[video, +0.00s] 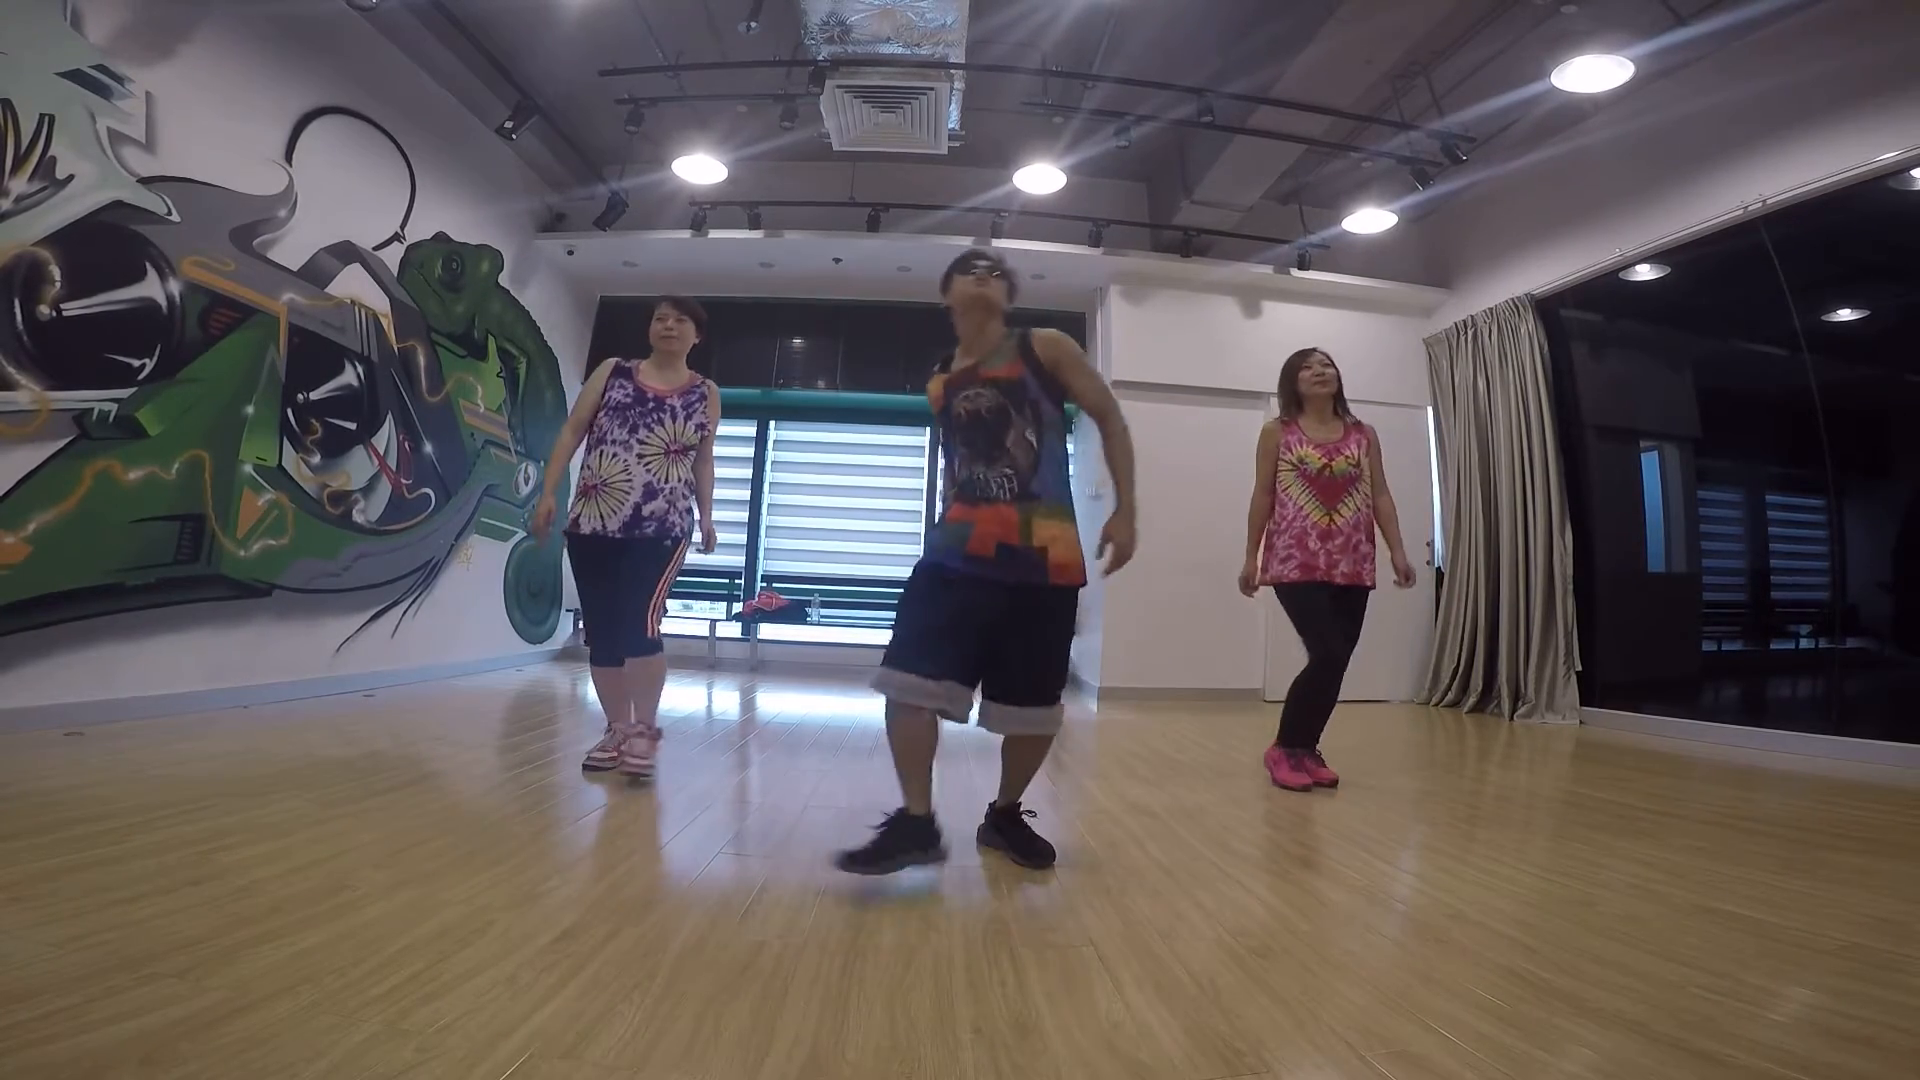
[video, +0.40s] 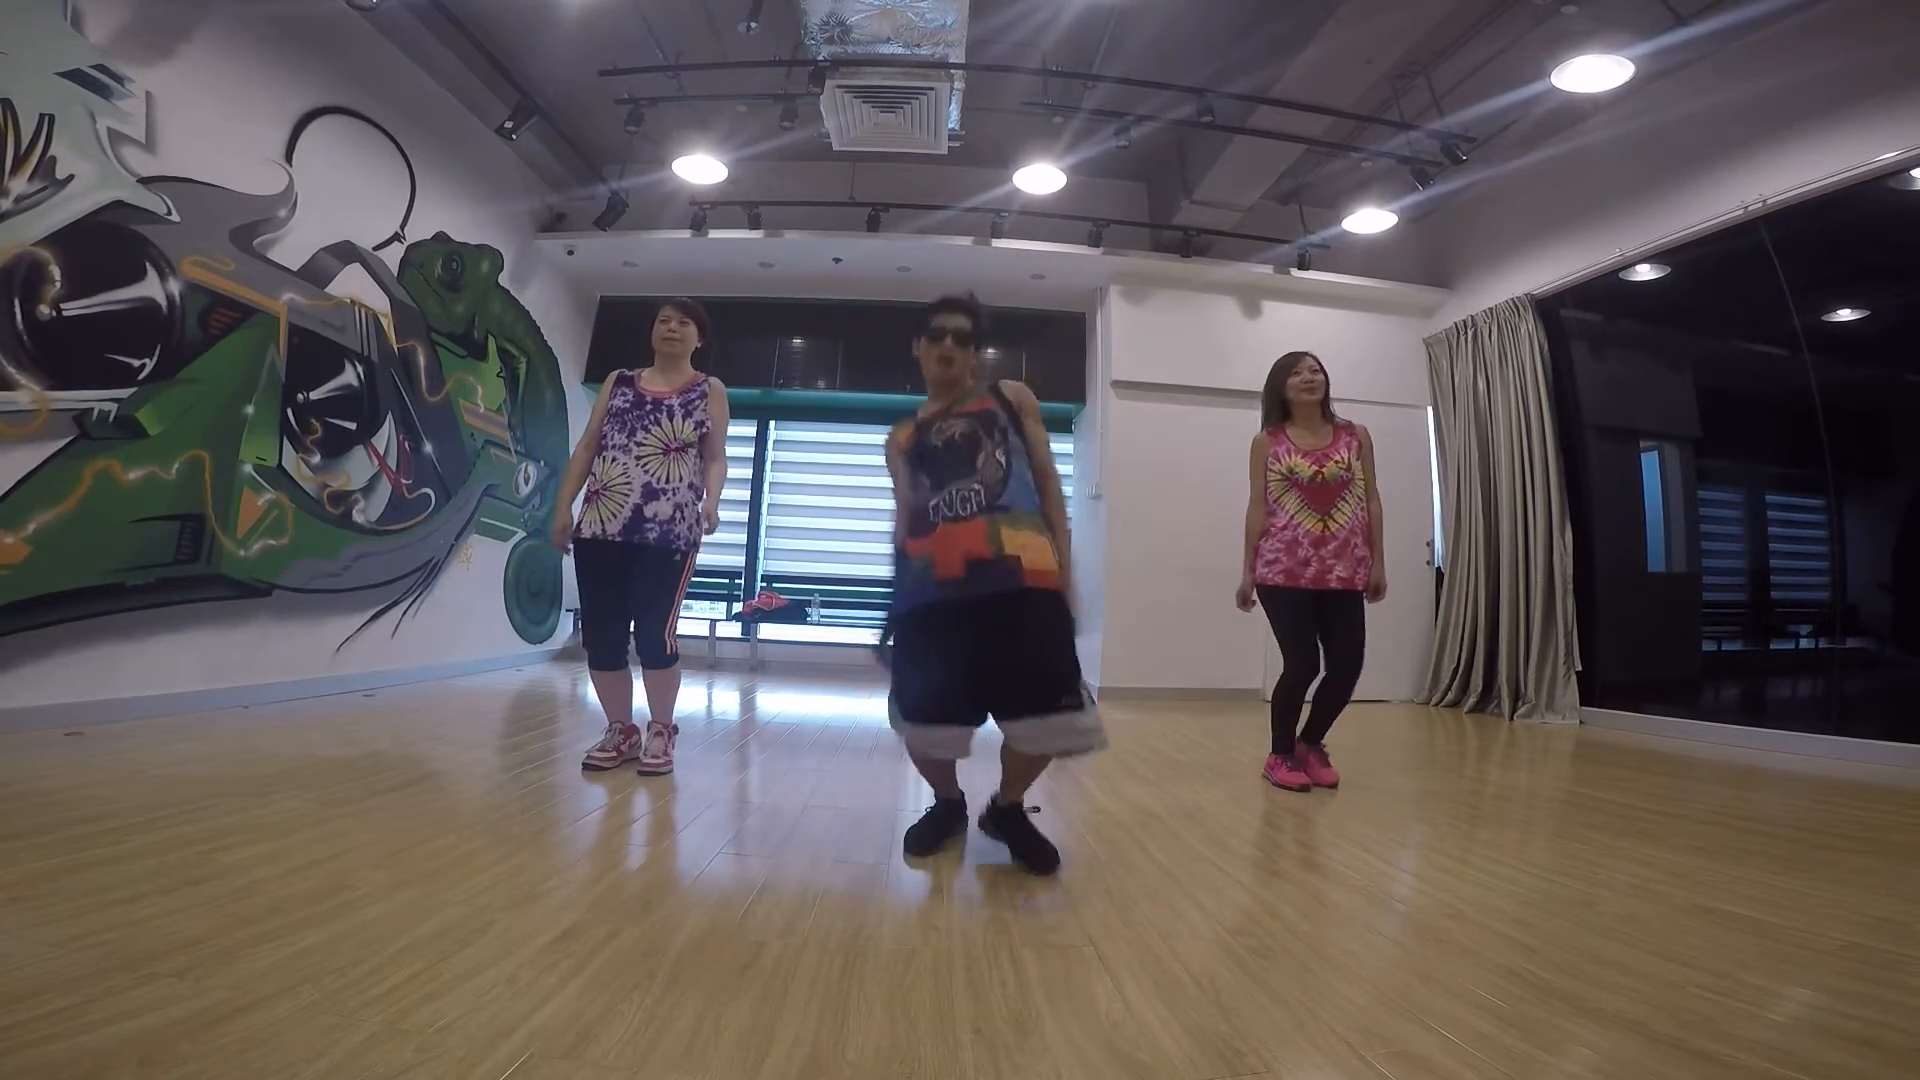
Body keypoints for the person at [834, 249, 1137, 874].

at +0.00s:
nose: (984, 277)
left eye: (996, 273)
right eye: (970, 270)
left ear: (1010, 298)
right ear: (946, 294)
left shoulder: (1046, 349)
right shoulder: (943, 382)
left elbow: (1110, 417)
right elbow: (964, 464)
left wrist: (1125, 509)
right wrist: (954, 534)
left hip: (1043, 558)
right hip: (960, 553)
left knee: (1036, 705)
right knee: (907, 680)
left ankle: (1005, 814)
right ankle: (916, 821)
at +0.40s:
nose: (948, 350)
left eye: (961, 340)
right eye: (937, 338)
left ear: (977, 352)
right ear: (919, 349)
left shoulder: (1014, 399)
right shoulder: (904, 436)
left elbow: (1048, 484)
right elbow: (907, 521)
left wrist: (1063, 574)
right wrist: (904, 598)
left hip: (1022, 586)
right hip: (935, 594)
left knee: (1048, 711)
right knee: (921, 720)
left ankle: (1006, 807)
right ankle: (947, 802)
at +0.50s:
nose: (960, 312)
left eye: (973, 303)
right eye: (949, 300)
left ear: (987, 320)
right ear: (927, 314)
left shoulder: (1016, 388)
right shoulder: (900, 401)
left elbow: (1034, 478)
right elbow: (883, 483)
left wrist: (1044, 569)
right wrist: (870, 550)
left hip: (1017, 570)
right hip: (935, 572)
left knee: (1042, 703)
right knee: (924, 710)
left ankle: (1023, 844)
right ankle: (947, 802)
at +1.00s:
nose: (1005, 331)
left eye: (1016, 323)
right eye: (991, 326)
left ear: (1032, 339)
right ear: (974, 344)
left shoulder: (1045, 431)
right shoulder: (936, 399)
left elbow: (1058, 517)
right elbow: (884, 454)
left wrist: (1074, 590)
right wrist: (844, 499)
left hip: (999, 585)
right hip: (922, 578)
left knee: (1007, 714)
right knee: (894, 710)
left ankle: (976, 802)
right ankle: (930, 789)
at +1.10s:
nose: (994, 303)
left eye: (1004, 298)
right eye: (980, 298)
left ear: (1022, 324)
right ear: (961, 324)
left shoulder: (1048, 401)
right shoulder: (930, 388)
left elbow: (1097, 485)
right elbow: (863, 429)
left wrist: (1149, 558)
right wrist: (805, 460)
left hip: (1009, 583)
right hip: (930, 573)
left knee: (1004, 717)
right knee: (900, 696)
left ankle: (975, 801)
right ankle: (908, 822)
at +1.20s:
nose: (985, 294)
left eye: (995, 294)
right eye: (970, 292)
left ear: (1011, 327)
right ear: (947, 325)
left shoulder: (1049, 383)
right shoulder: (921, 389)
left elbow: (1125, 441)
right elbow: (841, 425)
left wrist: (1196, 495)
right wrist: (763, 449)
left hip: (1021, 578)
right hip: (942, 571)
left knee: (1008, 712)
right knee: (911, 691)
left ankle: (977, 800)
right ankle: (909, 815)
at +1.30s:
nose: (968, 297)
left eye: (980, 293)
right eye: (956, 293)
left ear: (997, 320)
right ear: (936, 322)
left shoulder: (1036, 371)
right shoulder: (920, 396)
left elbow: (1122, 427)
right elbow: (855, 443)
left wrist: (1204, 474)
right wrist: (800, 462)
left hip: (1027, 578)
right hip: (951, 575)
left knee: (1015, 715)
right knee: (923, 701)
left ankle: (978, 800)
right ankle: (929, 800)